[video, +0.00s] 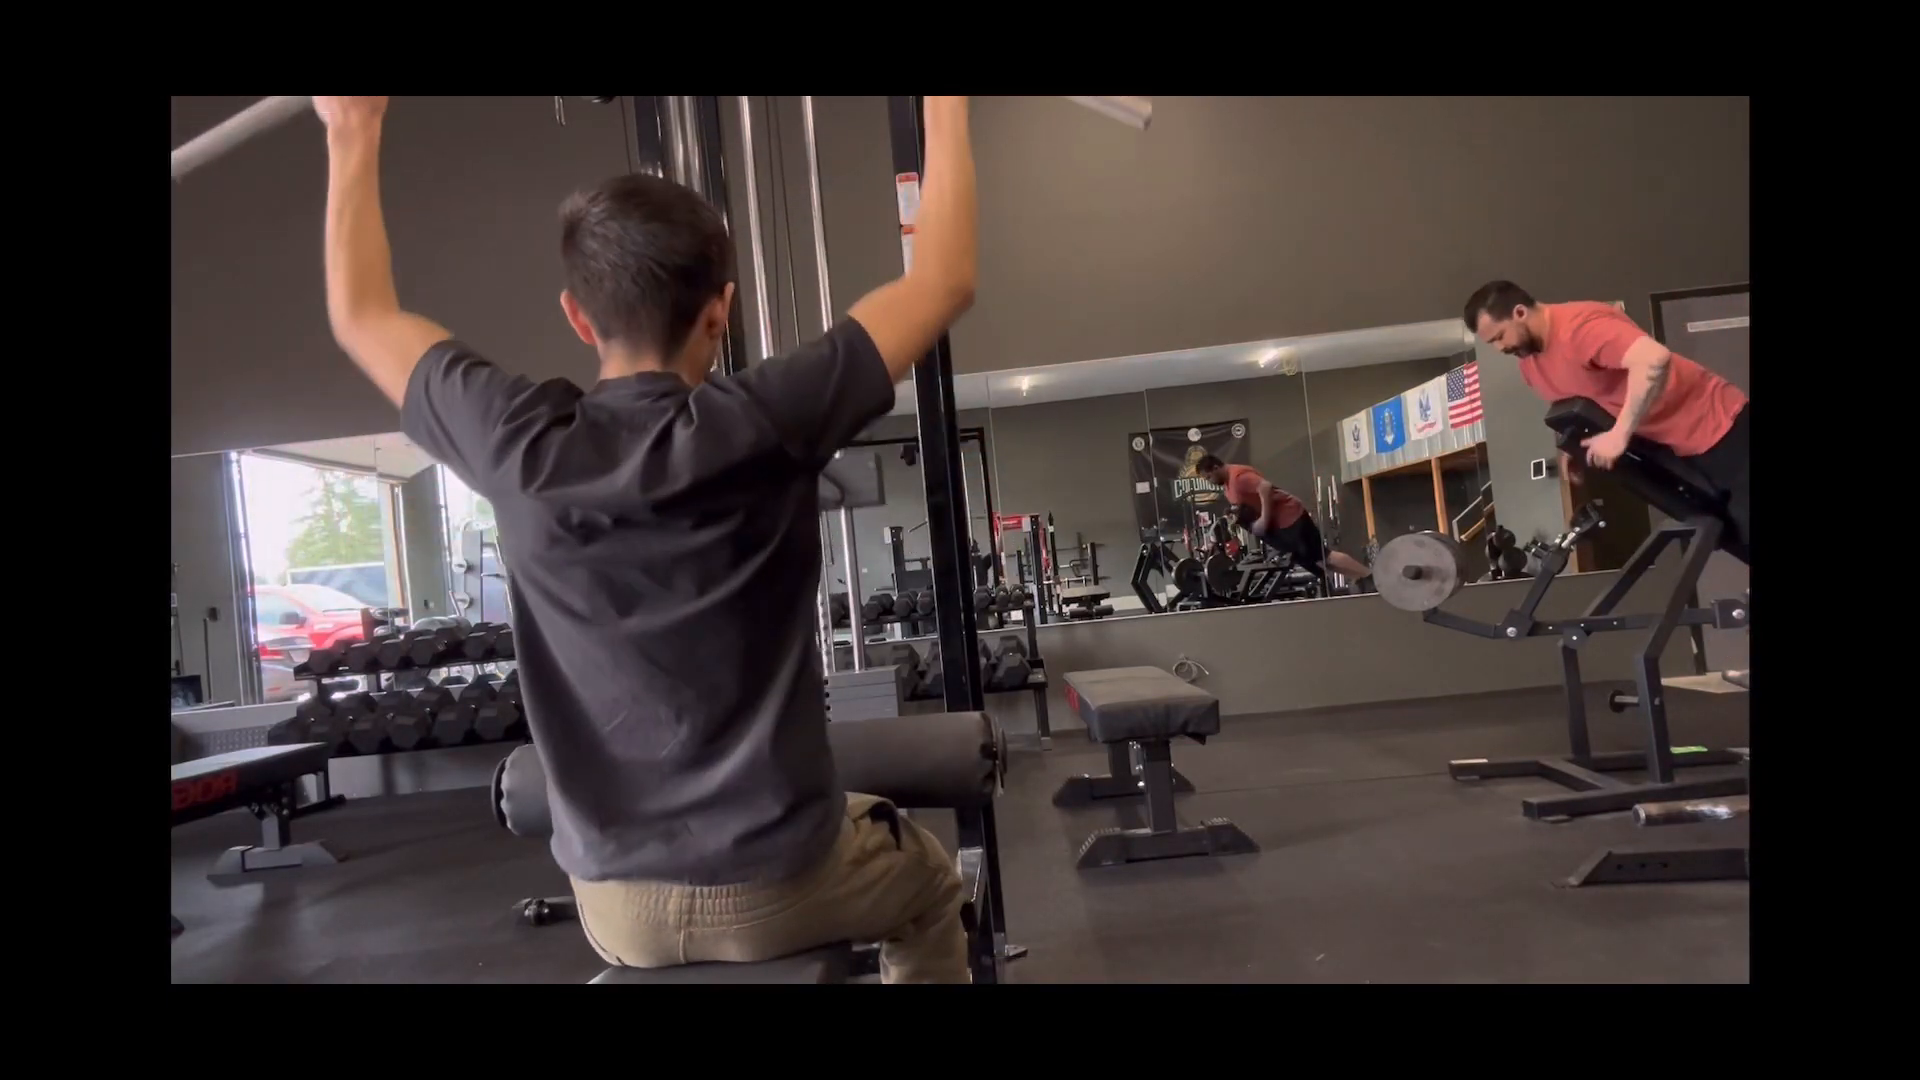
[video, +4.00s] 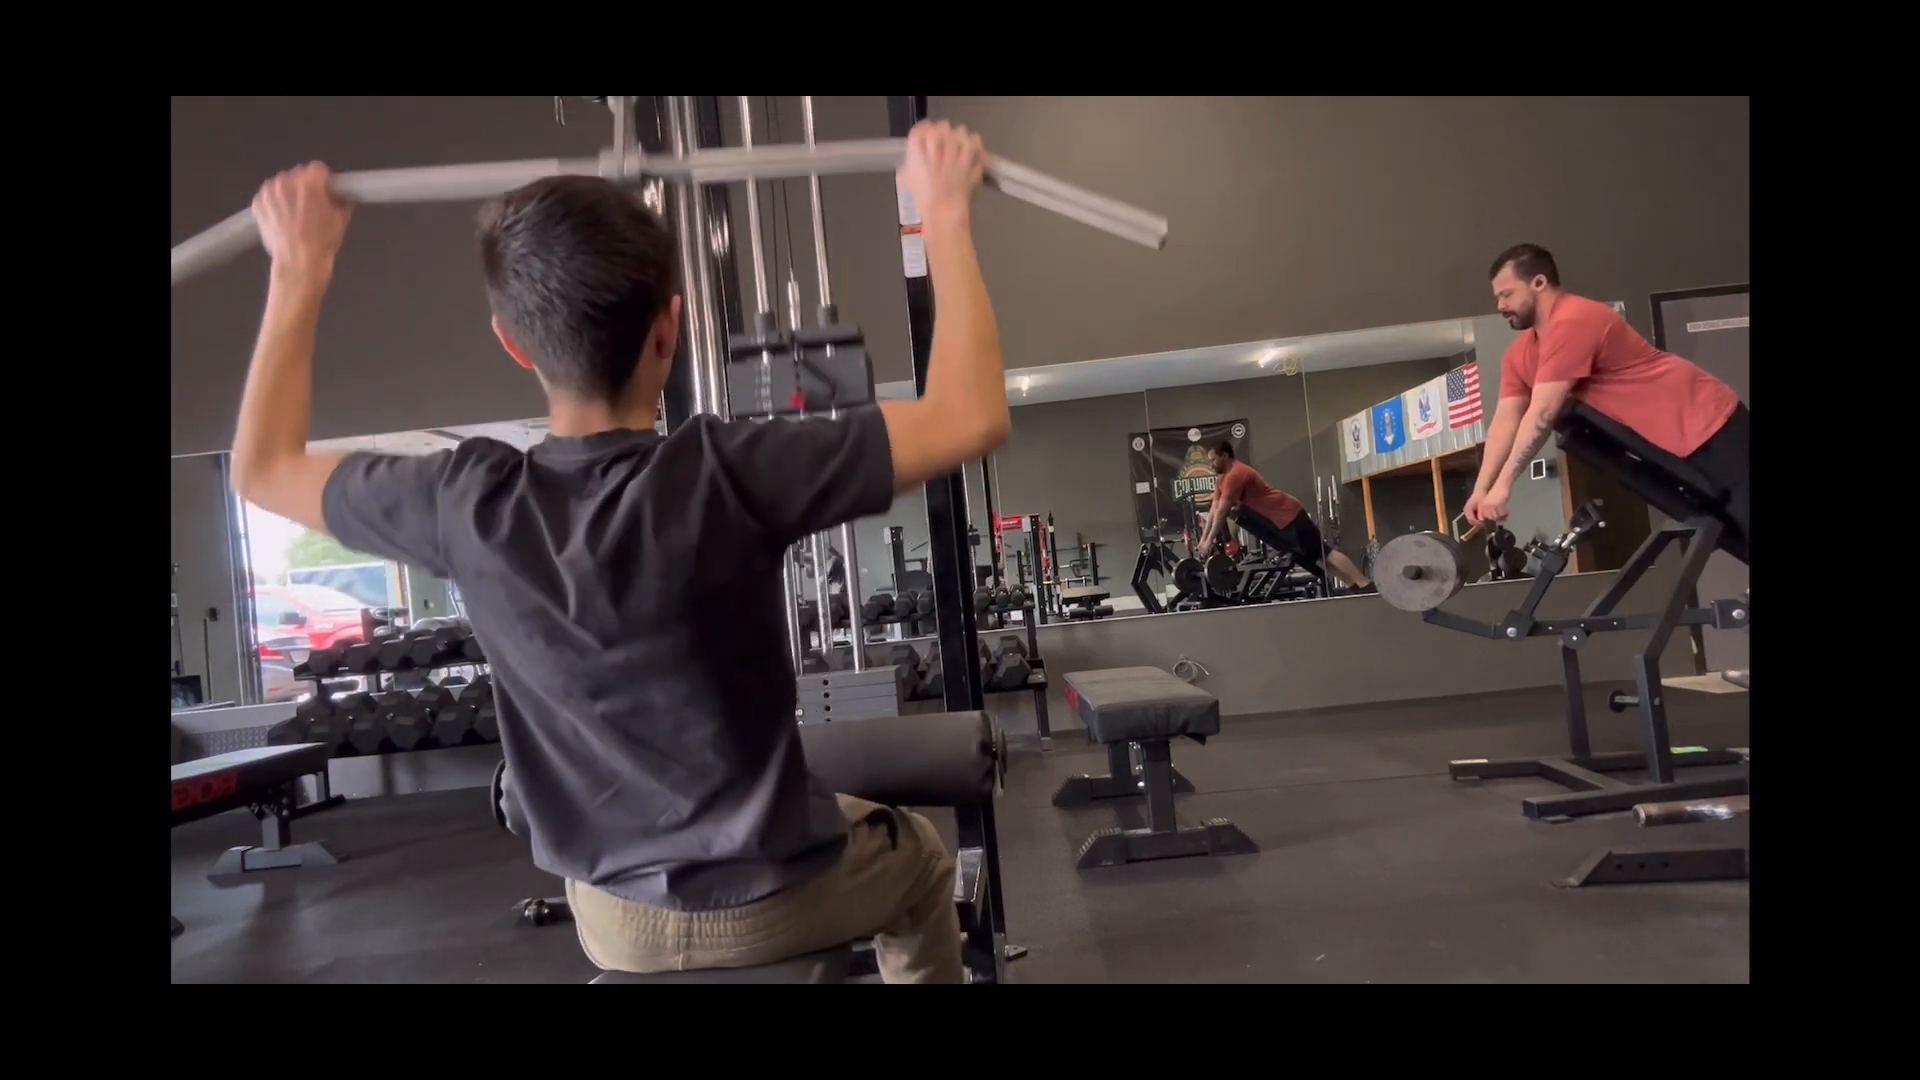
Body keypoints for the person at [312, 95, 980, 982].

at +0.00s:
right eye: (729, 294)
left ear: (577, 317)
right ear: (718, 313)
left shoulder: (520, 441)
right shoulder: (769, 420)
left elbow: (359, 313)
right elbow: (942, 282)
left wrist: (350, 131)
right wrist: (947, 105)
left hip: (615, 904)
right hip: (780, 890)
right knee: (927, 882)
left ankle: (632, 972)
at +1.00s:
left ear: (511, 351)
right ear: (680, 327)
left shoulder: (491, 490)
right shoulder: (761, 458)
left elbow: (341, 418)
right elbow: (960, 380)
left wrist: (351, 240)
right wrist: (960, 193)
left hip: (612, 924)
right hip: (780, 902)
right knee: (923, 864)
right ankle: (925, 977)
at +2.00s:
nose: (673, 310)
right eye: (669, 297)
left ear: (506, 347)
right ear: (658, 328)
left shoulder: (472, 472)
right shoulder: (742, 448)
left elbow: (298, 358)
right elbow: (945, 333)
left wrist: (305, 159)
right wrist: (941, 134)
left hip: (612, 914)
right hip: (778, 902)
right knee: (918, 864)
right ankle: (926, 981)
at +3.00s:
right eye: (697, 286)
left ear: (539, 333)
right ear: (694, 314)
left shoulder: (511, 471)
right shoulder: (764, 435)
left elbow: (344, 368)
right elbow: (956, 336)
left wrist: (344, 184)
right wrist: (948, 148)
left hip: (610, 912)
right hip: (775, 901)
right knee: (920, 859)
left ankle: (621, 975)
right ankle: (927, 981)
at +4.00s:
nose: (679, 316)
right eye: (679, 299)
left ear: (509, 343)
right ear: (669, 320)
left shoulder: (467, 501)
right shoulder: (730, 471)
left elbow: (261, 469)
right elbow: (970, 416)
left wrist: (296, 269)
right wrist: (947, 220)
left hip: (608, 917)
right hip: (773, 904)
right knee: (918, 863)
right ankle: (921, 973)